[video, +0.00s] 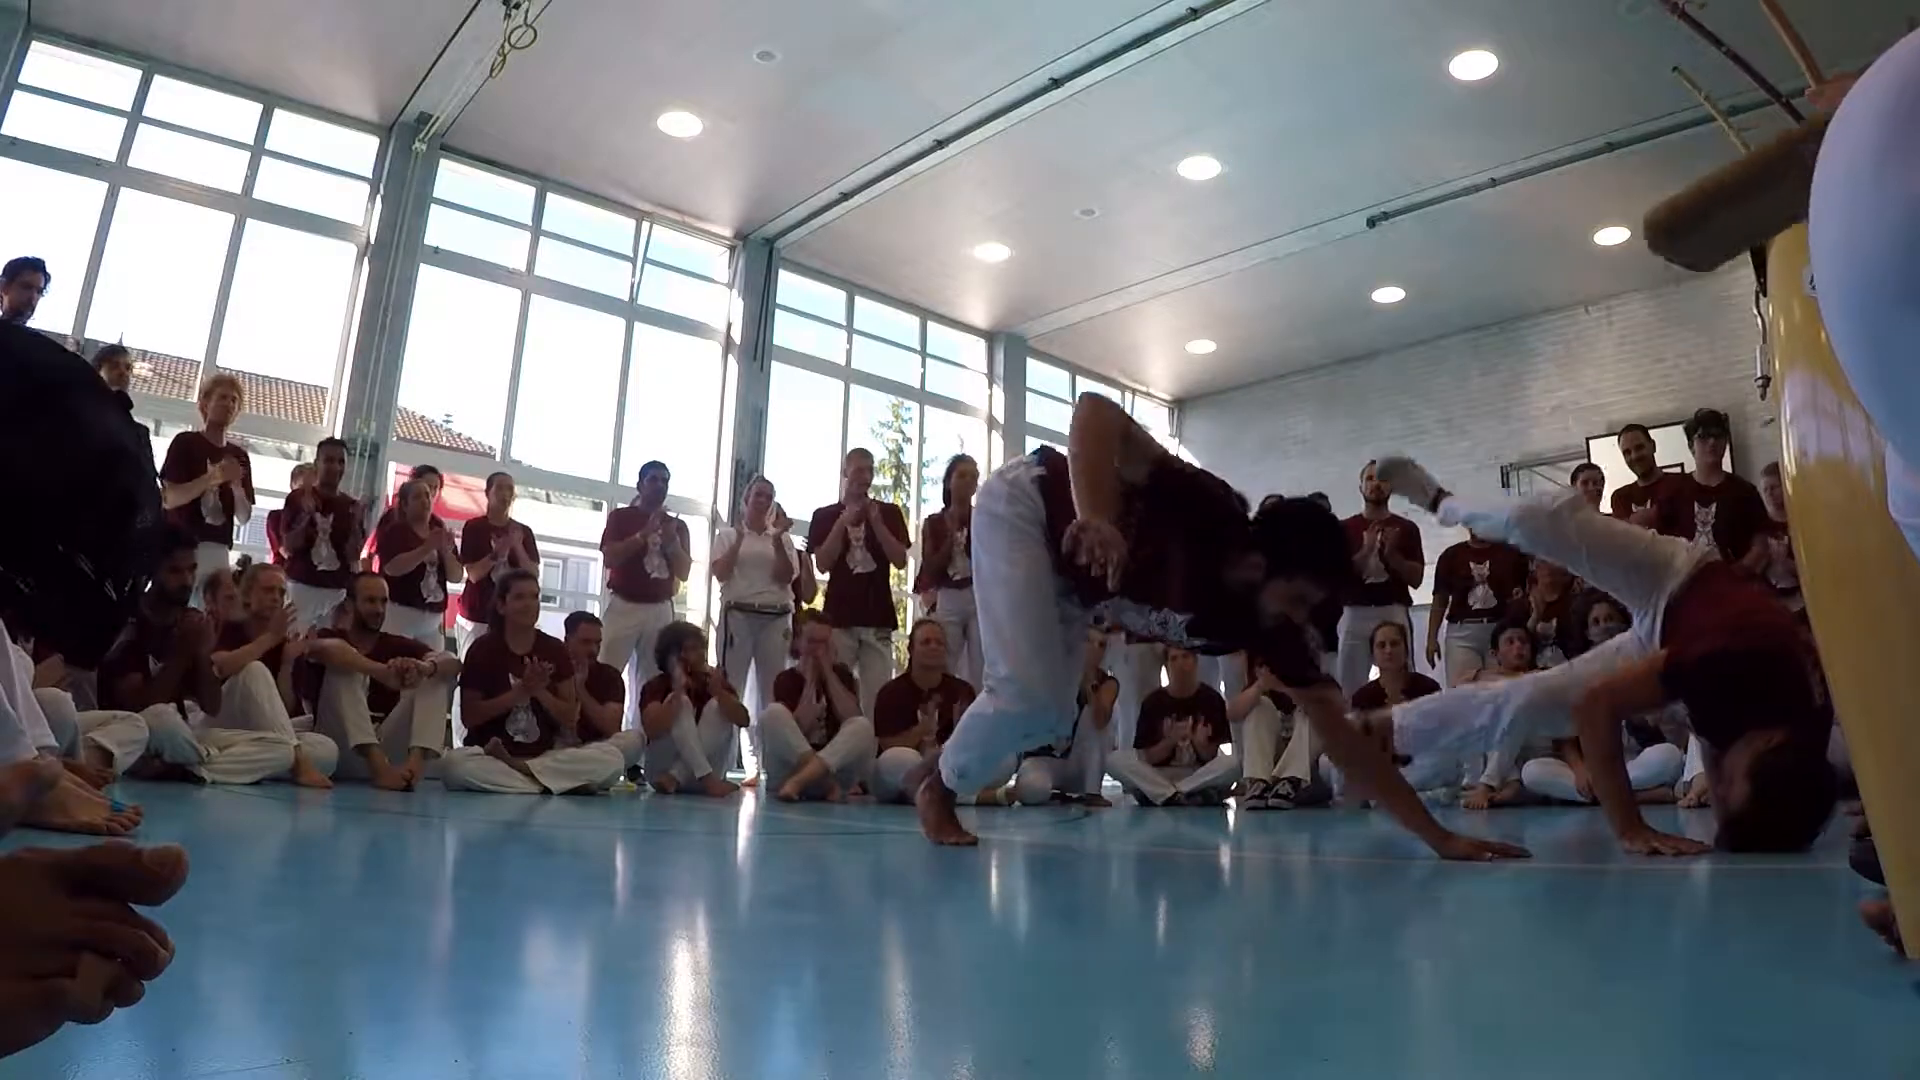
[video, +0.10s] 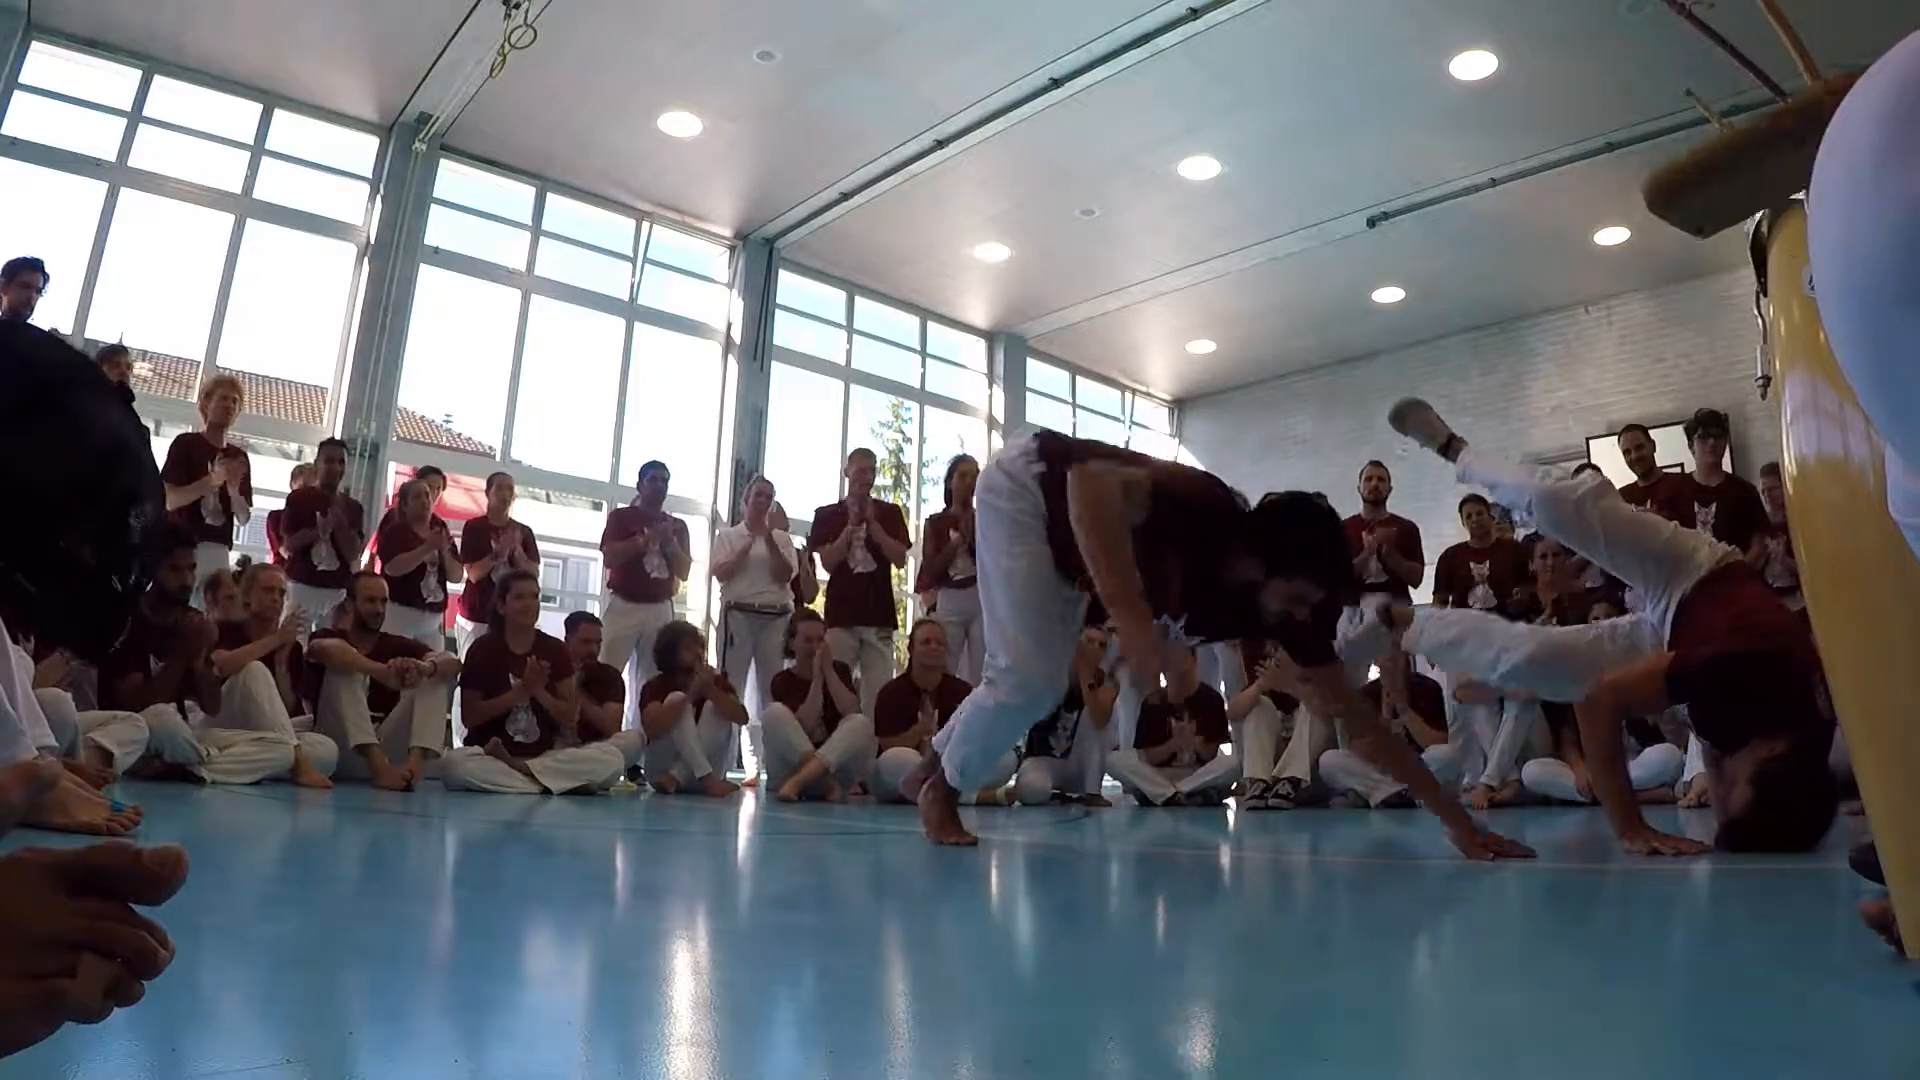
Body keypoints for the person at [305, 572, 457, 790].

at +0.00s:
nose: (379, 609)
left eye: (384, 601)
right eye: (370, 601)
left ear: (389, 602)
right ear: (351, 603)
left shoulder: (394, 643)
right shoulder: (328, 638)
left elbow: (453, 663)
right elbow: (325, 649)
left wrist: (425, 667)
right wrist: (382, 672)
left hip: (387, 750)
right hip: (338, 749)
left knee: (437, 674)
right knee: (342, 661)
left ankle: (416, 762)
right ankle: (378, 764)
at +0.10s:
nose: (379, 608)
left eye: (383, 601)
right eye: (370, 601)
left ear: (388, 602)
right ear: (351, 603)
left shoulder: (394, 643)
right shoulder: (329, 637)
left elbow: (454, 663)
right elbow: (317, 650)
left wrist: (426, 666)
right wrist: (382, 672)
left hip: (387, 751)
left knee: (436, 674)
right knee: (341, 660)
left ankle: (416, 761)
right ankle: (378, 764)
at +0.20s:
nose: (379, 609)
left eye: (384, 601)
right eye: (370, 601)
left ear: (389, 602)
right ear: (351, 603)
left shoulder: (394, 643)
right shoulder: (328, 636)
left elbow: (454, 663)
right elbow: (319, 650)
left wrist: (425, 667)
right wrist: (382, 672)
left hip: (388, 750)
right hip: (339, 749)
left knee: (437, 673)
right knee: (342, 660)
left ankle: (416, 761)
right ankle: (378, 764)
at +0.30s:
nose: (379, 609)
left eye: (383, 601)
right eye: (370, 601)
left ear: (389, 602)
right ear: (351, 603)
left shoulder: (393, 643)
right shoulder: (328, 637)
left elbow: (454, 663)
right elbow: (318, 650)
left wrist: (426, 667)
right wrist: (382, 672)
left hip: (388, 750)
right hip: (338, 749)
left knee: (438, 673)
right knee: (342, 660)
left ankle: (416, 761)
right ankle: (378, 764)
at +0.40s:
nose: (379, 609)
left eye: (384, 601)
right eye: (370, 601)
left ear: (389, 602)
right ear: (351, 603)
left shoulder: (394, 643)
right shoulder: (328, 637)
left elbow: (454, 663)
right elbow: (323, 650)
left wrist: (426, 667)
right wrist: (383, 671)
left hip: (387, 751)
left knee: (437, 673)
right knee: (342, 662)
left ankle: (416, 761)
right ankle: (378, 764)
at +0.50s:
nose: (379, 609)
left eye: (383, 601)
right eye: (370, 601)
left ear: (389, 603)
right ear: (350, 603)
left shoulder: (393, 643)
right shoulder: (329, 637)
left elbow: (454, 662)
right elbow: (317, 649)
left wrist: (426, 667)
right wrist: (382, 671)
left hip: (388, 750)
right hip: (338, 750)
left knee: (438, 673)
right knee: (342, 660)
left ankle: (416, 761)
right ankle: (378, 764)